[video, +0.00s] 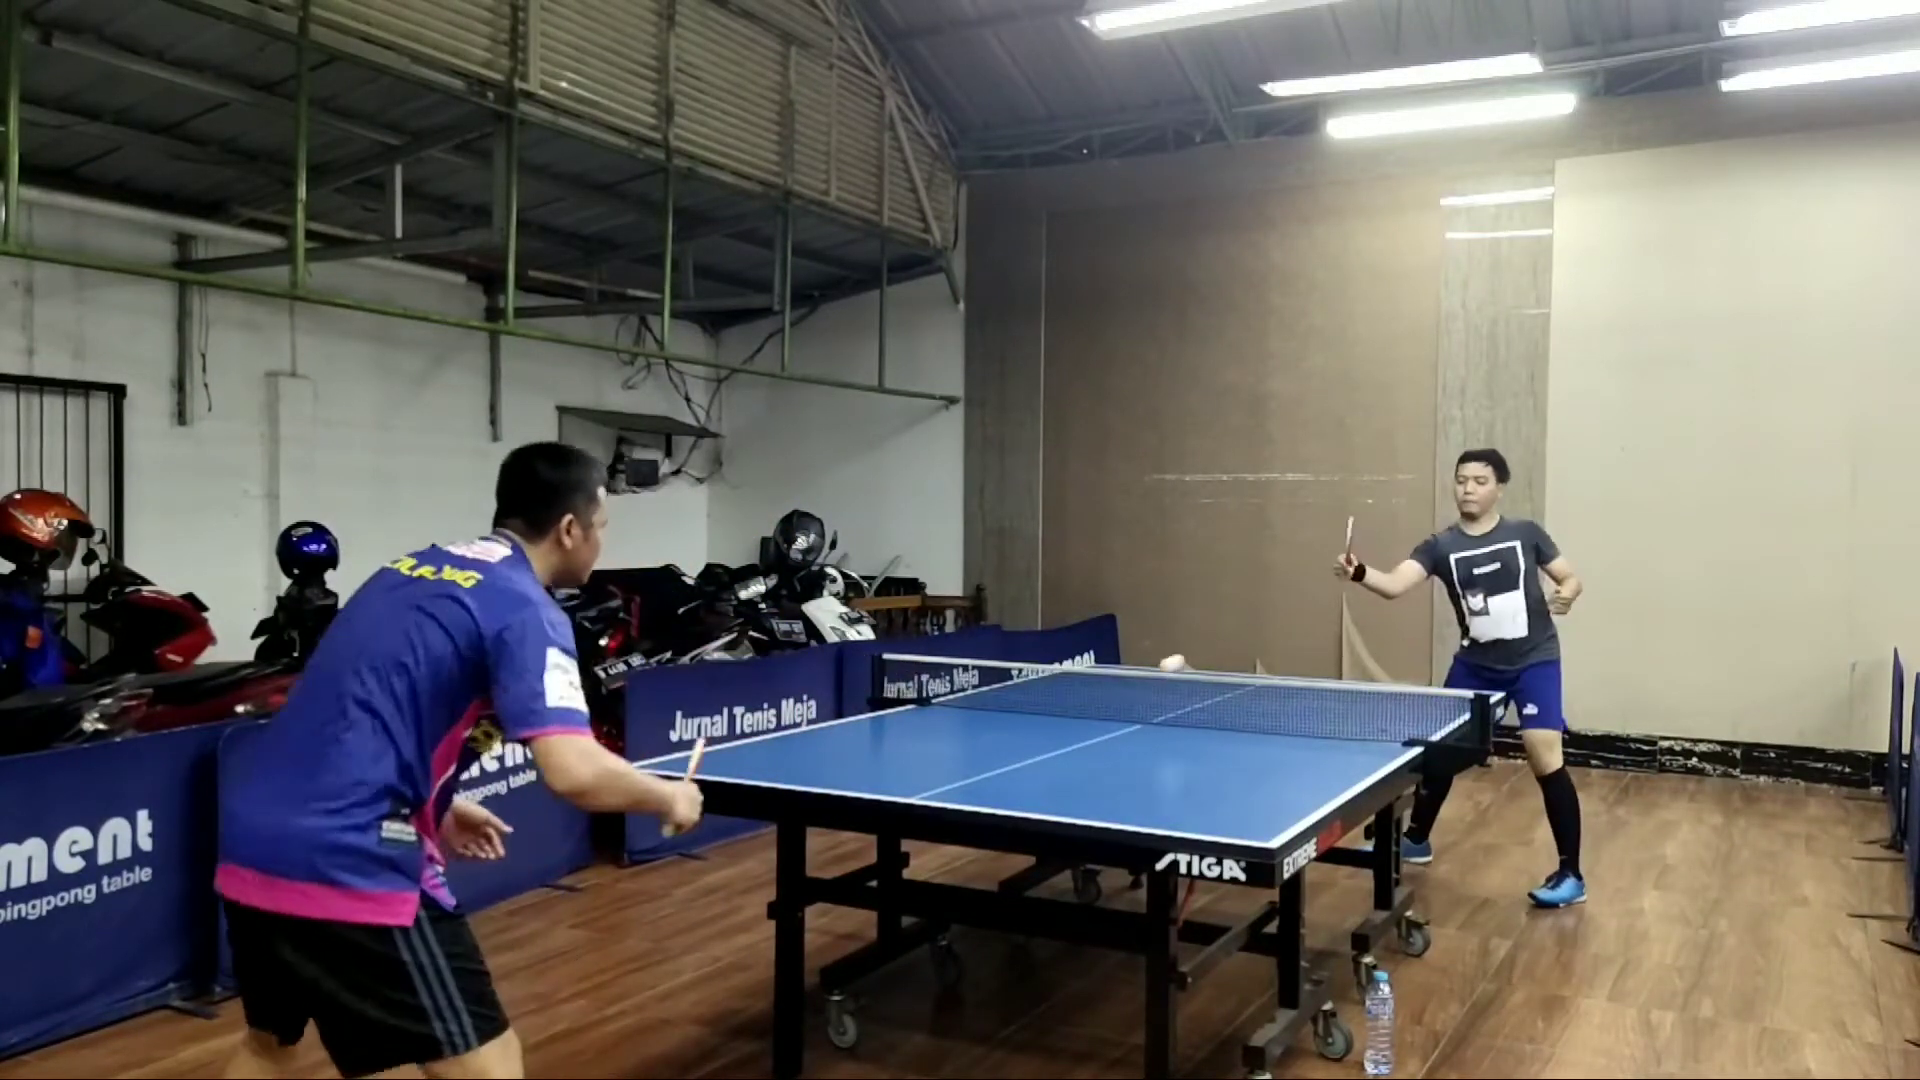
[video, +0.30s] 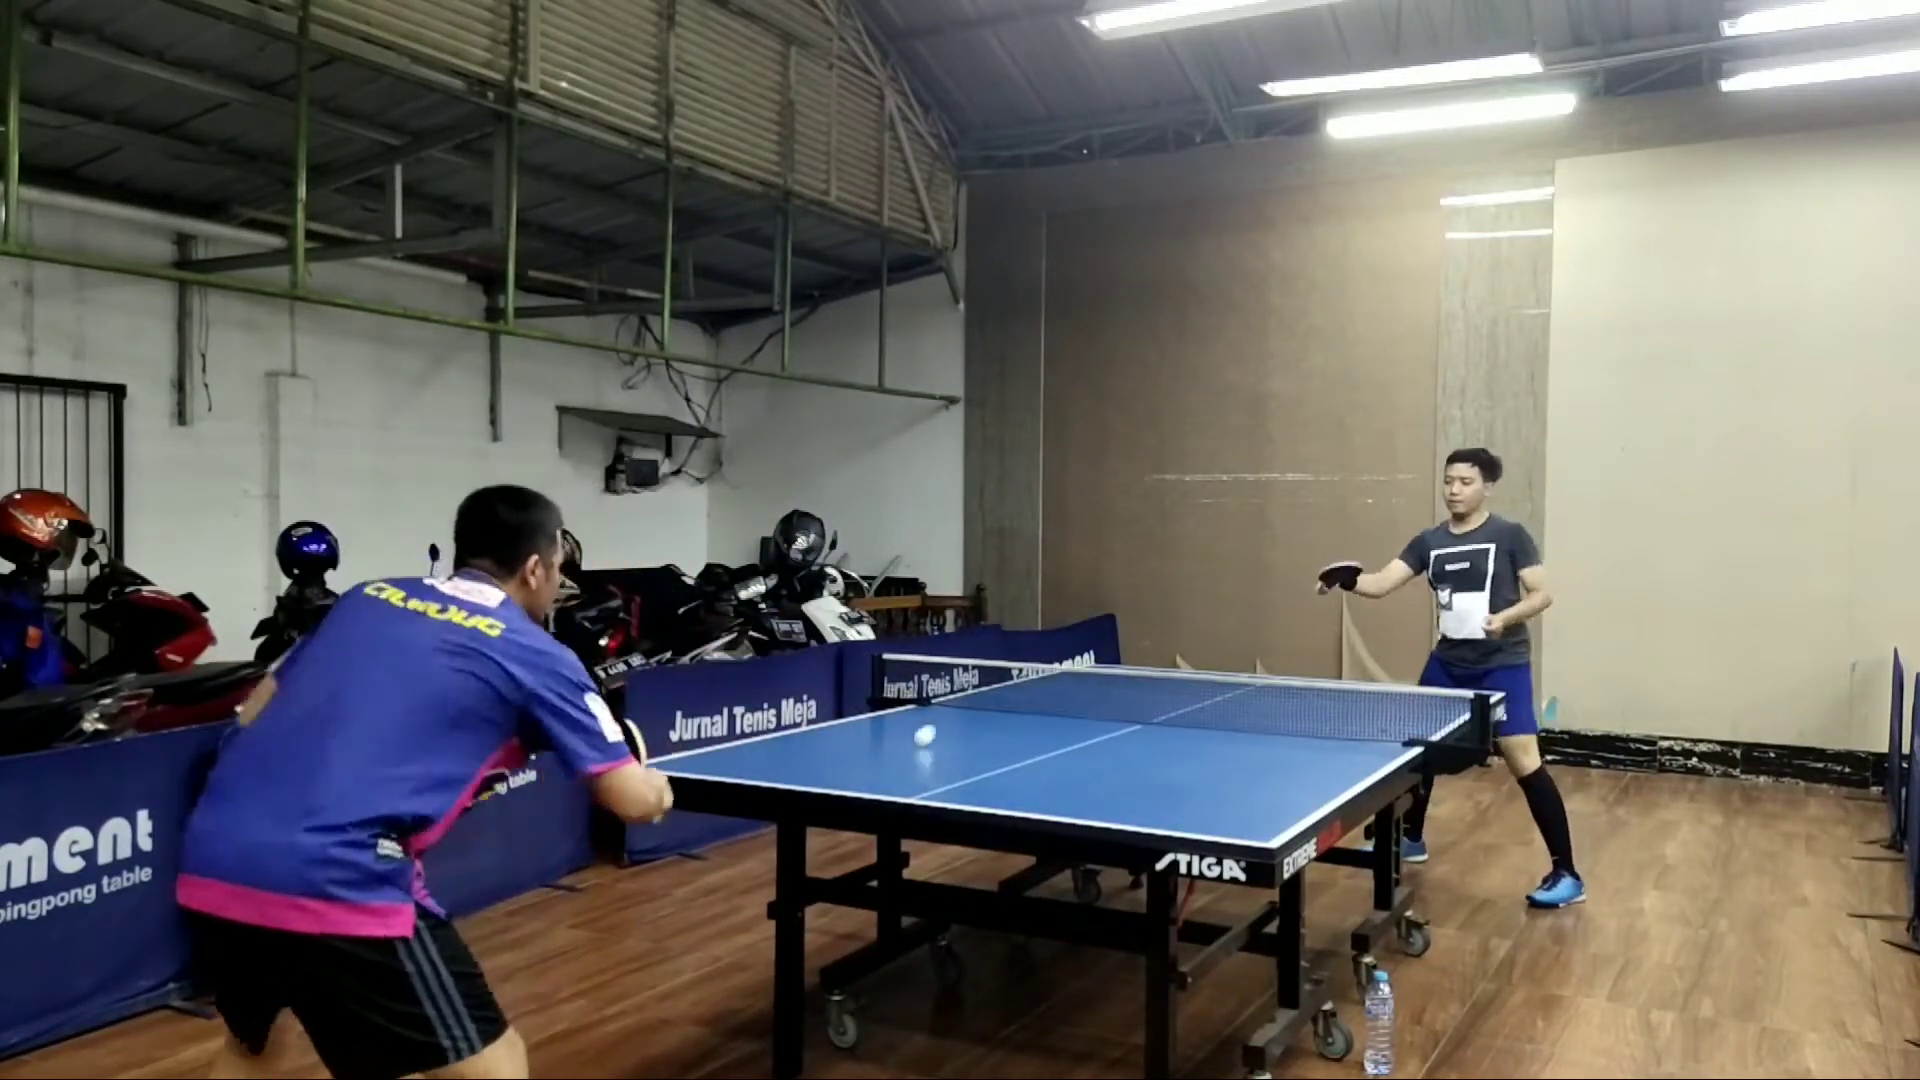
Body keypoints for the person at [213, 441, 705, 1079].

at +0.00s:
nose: (602, 544)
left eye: (603, 526)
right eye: (600, 526)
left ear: (507, 514)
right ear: (568, 528)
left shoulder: (416, 566)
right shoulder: (523, 605)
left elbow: (345, 713)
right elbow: (571, 769)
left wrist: (436, 809)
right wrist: (666, 795)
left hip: (249, 846)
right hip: (352, 860)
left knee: (269, 1044)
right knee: (485, 1060)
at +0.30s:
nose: (558, 582)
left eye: (560, 566)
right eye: (557, 566)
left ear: (459, 557)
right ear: (533, 568)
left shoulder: (367, 597)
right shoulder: (533, 652)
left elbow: (254, 712)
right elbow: (633, 799)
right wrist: (655, 787)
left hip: (212, 870)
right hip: (338, 883)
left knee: (249, 1046)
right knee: (493, 1062)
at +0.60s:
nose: (577, 635)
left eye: (569, 622)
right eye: (575, 623)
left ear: (473, 615)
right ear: (558, 629)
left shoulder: (402, 646)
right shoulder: (595, 706)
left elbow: (248, 670)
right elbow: (711, 746)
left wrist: (81, 678)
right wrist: (724, 722)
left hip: (307, 917)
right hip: (460, 929)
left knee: (266, 1063)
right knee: (577, 1037)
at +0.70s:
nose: (594, 623)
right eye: (593, 611)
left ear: (492, 605)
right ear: (582, 619)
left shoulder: (433, 648)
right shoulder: (617, 698)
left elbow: (296, 685)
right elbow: (722, 726)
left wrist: (104, 706)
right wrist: (745, 700)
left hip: (351, 916)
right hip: (509, 928)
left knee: (295, 1060)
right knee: (603, 1024)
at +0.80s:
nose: (603, 594)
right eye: (602, 582)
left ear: (505, 577)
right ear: (592, 591)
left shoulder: (439, 627)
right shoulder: (629, 674)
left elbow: (305, 687)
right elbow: (739, 744)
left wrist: (115, 743)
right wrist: (743, 723)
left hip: (372, 907)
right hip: (524, 917)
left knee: (310, 1057)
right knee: (605, 1034)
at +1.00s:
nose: (594, 535)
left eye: (585, 521)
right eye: (593, 523)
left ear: (490, 523)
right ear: (579, 531)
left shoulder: (403, 589)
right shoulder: (611, 622)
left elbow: (264, 692)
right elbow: (706, 782)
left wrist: (122, 785)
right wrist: (744, 808)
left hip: (338, 894)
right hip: (493, 899)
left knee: (346, 1068)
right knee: (592, 1050)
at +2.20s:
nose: (444, 443)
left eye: (445, 424)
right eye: (442, 424)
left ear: (318, 416)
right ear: (402, 435)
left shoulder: (280, 518)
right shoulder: (278, 538)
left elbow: (156, 698)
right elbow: (187, 710)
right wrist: (147, 884)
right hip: (352, 957)